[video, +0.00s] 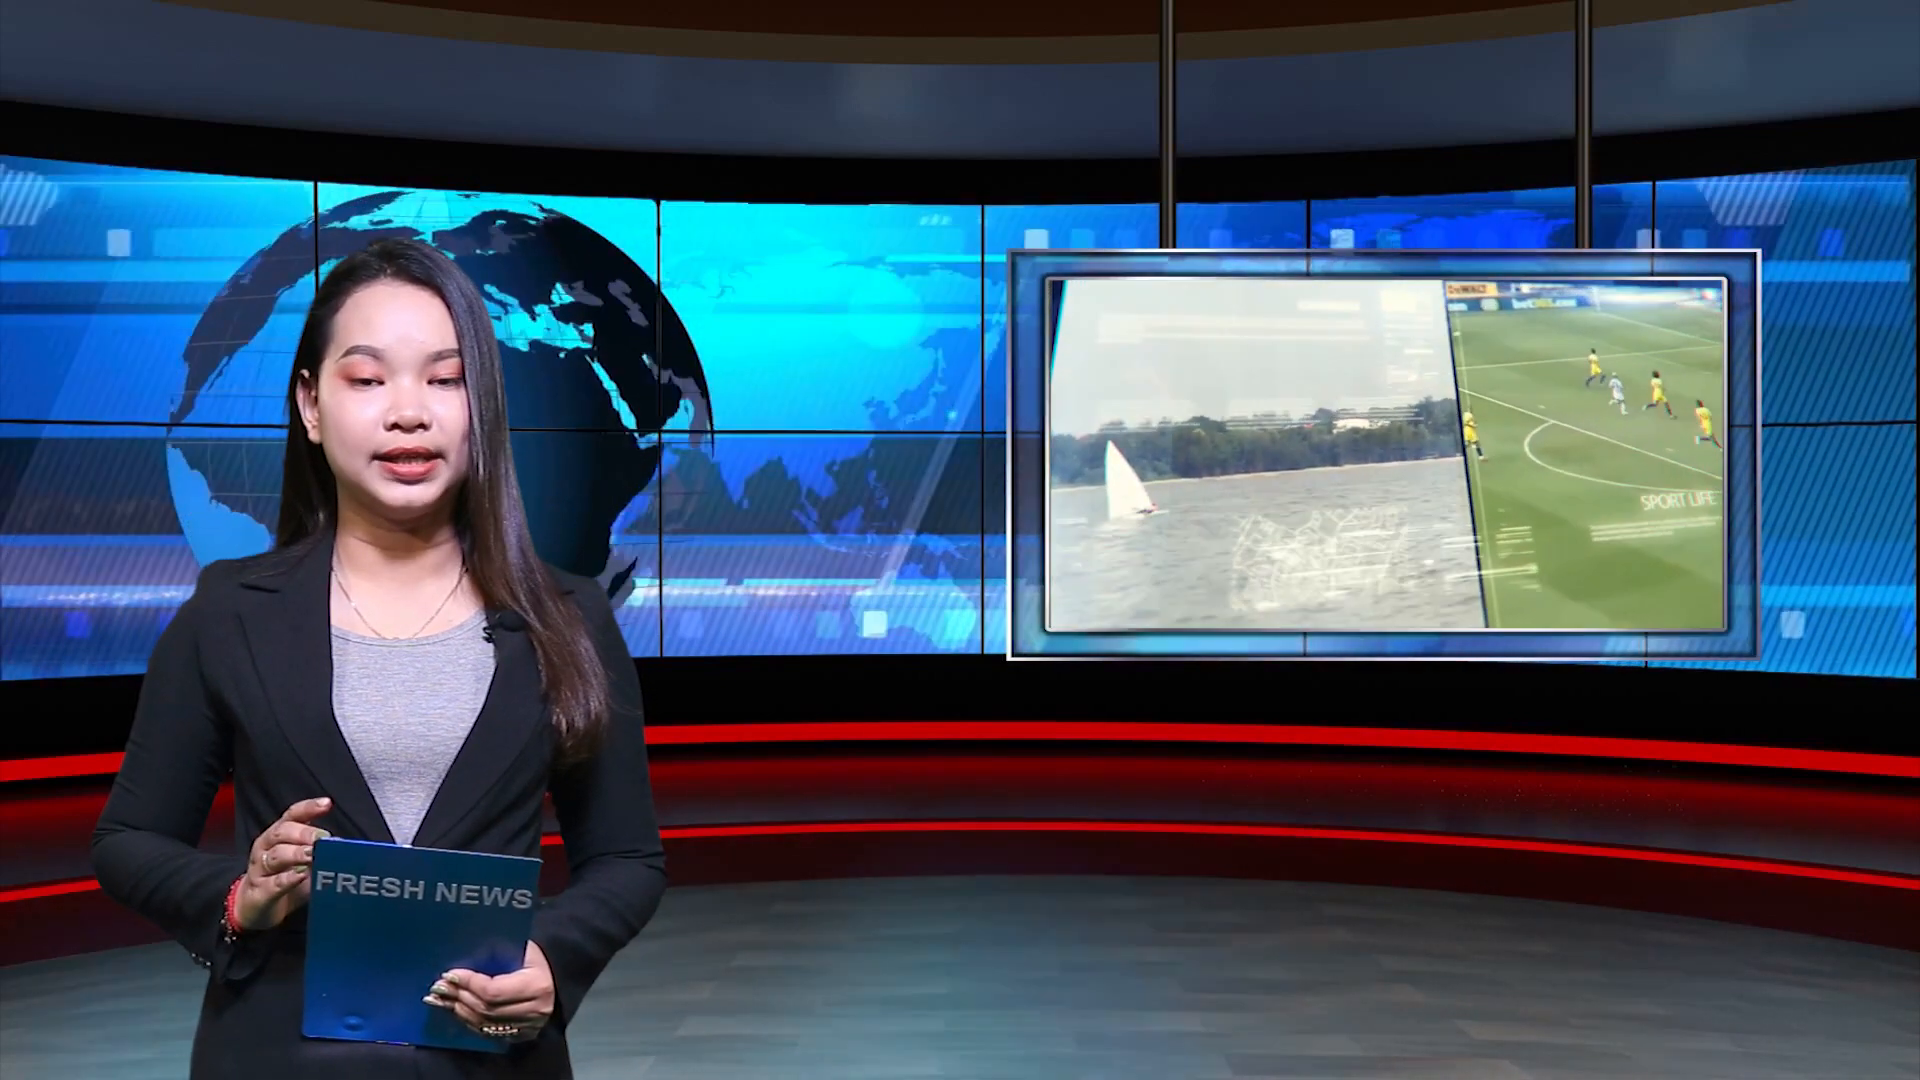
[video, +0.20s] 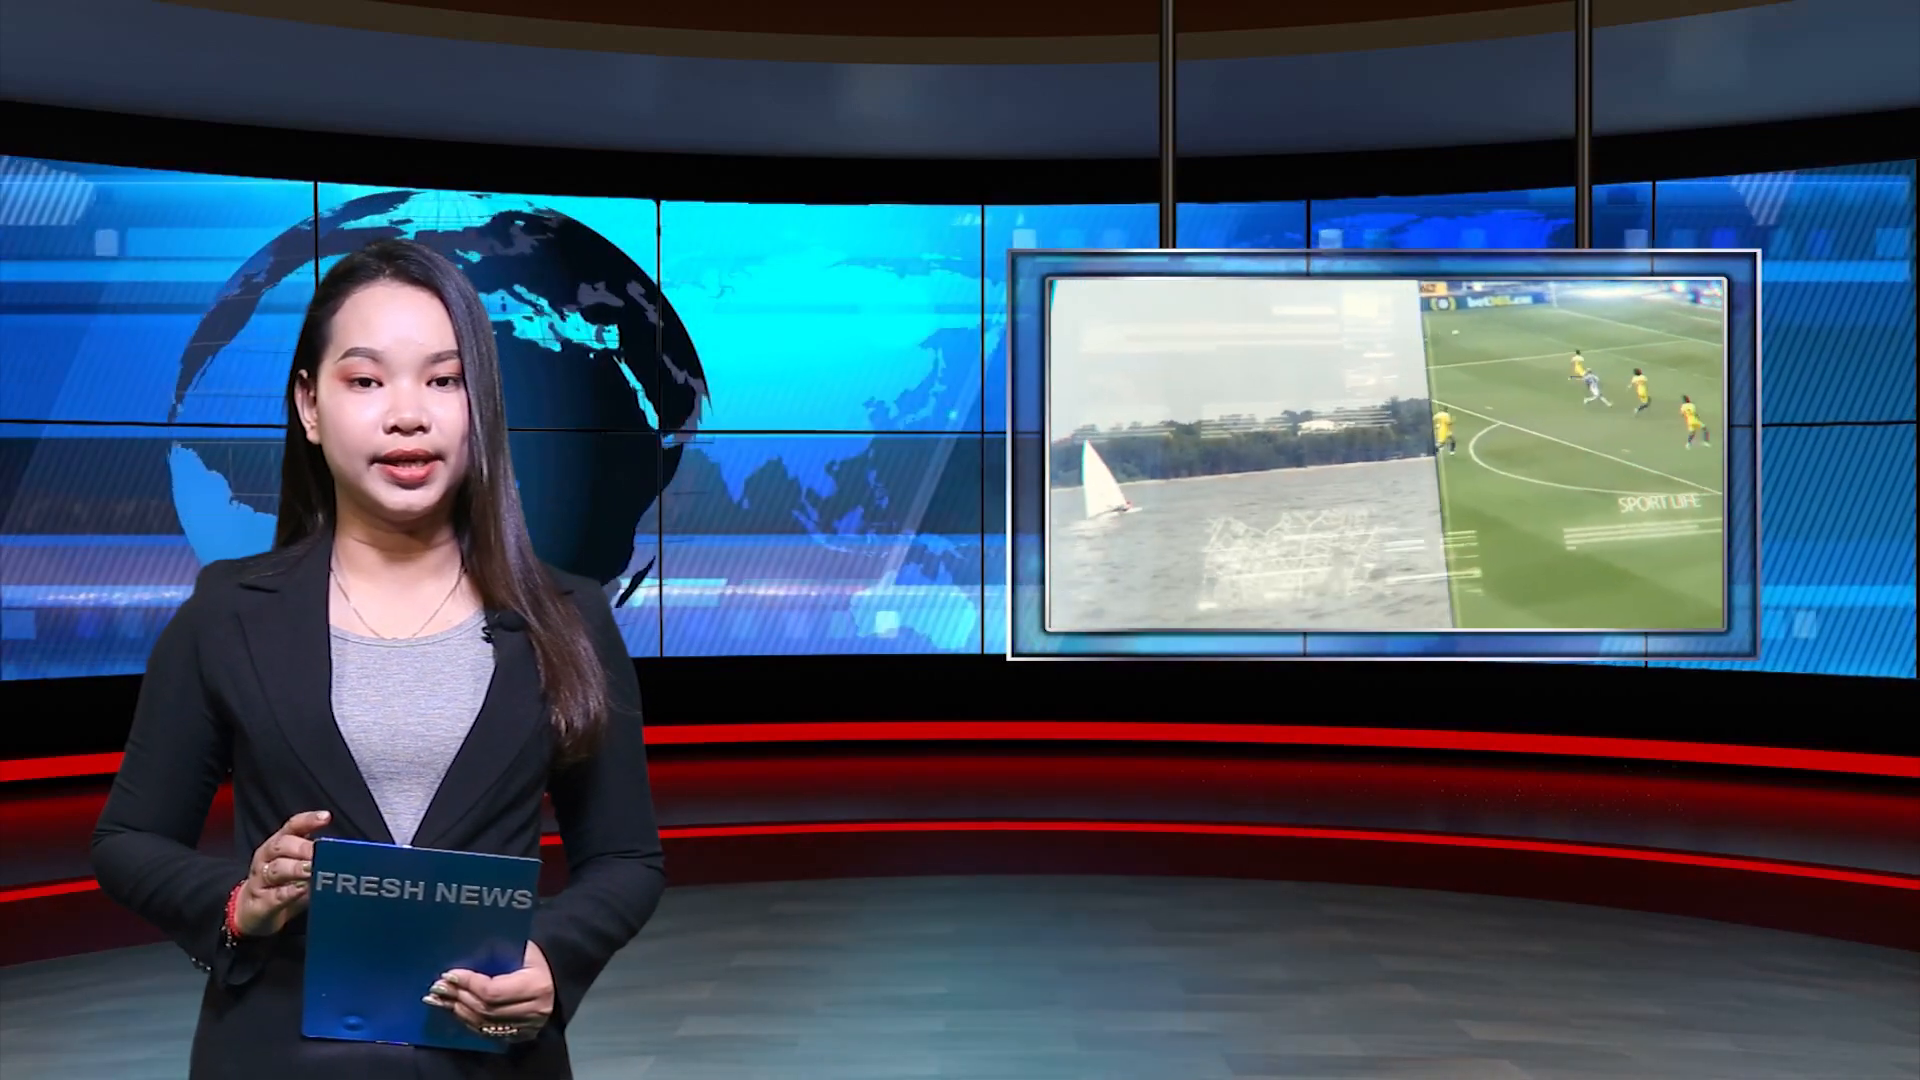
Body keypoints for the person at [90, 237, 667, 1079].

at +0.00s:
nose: (409, 412)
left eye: (442, 377)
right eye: (367, 376)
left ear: (479, 406)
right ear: (310, 408)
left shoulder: (563, 620)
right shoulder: (231, 613)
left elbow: (626, 860)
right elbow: (129, 840)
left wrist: (549, 962)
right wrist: (234, 896)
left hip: (492, 1053)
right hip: (277, 1055)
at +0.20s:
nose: (409, 416)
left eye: (442, 379)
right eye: (365, 378)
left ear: (477, 407)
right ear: (309, 408)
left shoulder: (563, 618)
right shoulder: (229, 614)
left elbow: (624, 860)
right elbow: (128, 841)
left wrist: (550, 963)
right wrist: (236, 897)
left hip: (492, 1053)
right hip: (276, 1054)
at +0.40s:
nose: (404, 410)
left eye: (437, 375)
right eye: (362, 376)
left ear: (475, 404)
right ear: (308, 407)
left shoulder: (563, 618)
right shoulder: (228, 615)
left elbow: (624, 859)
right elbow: (128, 841)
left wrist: (547, 961)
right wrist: (234, 898)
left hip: (493, 1052)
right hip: (277, 1053)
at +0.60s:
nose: (398, 408)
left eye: (433, 374)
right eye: (358, 374)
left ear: (476, 403)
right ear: (307, 407)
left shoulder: (564, 616)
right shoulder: (229, 611)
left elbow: (627, 856)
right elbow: (124, 835)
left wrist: (549, 961)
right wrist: (228, 895)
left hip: (493, 1052)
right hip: (276, 1052)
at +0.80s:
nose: (398, 407)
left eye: (433, 373)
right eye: (358, 374)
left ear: (475, 404)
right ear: (308, 408)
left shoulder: (565, 617)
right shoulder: (229, 610)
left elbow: (626, 857)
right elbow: (123, 832)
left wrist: (548, 960)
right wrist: (237, 902)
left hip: (493, 1052)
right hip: (277, 1053)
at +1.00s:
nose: (405, 407)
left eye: (440, 374)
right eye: (364, 373)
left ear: (479, 404)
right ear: (311, 406)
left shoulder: (566, 618)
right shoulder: (230, 609)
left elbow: (624, 857)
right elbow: (124, 832)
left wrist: (548, 960)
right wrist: (237, 908)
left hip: (493, 1051)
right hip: (277, 1052)